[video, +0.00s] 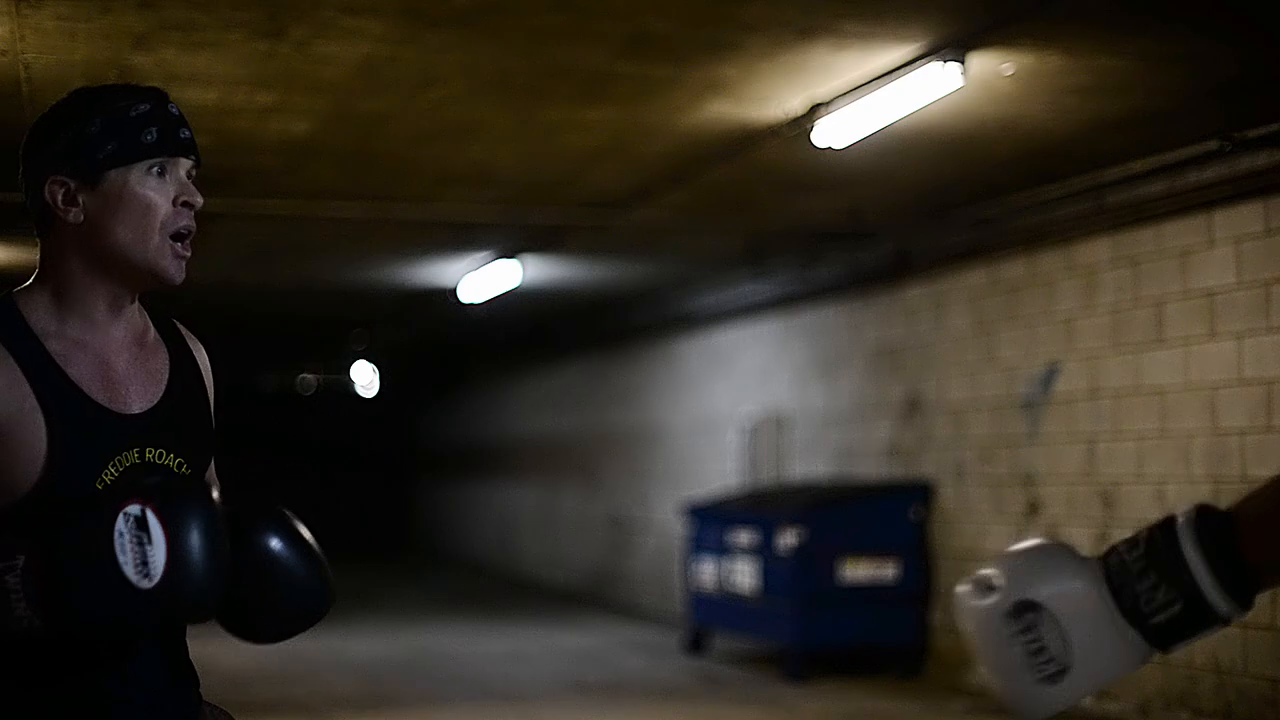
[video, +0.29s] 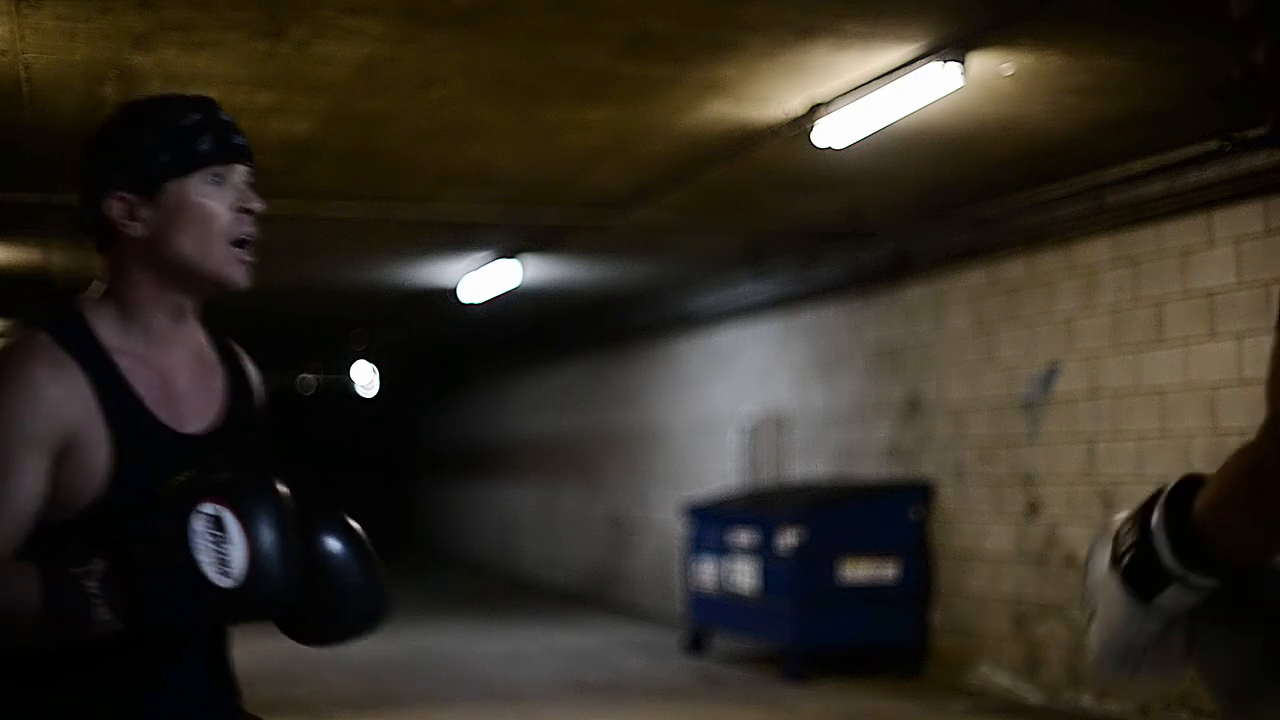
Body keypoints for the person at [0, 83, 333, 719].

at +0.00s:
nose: (192, 199)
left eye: (189, 178)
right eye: (157, 172)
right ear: (69, 200)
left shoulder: (187, 358)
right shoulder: (10, 364)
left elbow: (207, 509)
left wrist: (253, 562)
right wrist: (85, 570)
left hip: (166, 690)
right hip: (40, 698)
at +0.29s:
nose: (254, 206)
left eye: (249, 185)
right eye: (217, 182)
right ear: (129, 212)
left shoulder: (241, 379)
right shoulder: (43, 383)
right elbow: (9, 578)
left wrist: (304, 564)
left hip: (204, 692)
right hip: (69, 700)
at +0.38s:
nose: (297, 210)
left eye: (291, 192)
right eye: (261, 189)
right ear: (174, 222)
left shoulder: (277, 386)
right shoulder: (81, 392)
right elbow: (15, 587)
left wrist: (340, 576)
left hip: (234, 697)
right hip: (99, 706)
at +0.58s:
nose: (409, 225)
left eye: (403, 205)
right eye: (378, 202)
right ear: (288, 227)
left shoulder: (366, 390)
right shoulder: (180, 382)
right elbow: (128, 609)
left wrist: (434, 542)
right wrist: (316, 580)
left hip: (282, 695)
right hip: (147, 703)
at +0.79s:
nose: (428, 235)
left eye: (423, 212)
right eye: (398, 208)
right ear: (306, 228)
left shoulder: (370, 379)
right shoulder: (195, 374)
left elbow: (428, 593)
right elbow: (239, 614)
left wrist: (503, 489)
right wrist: (377, 510)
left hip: (281, 697)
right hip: (143, 699)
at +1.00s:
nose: (364, 233)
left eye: (360, 212)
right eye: (334, 207)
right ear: (243, 231)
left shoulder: (304, 376)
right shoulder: (134, 376)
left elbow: (358, 597)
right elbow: (146, 616)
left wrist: (423, 496)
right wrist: (293, 524)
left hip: (239, 703)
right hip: (98, 714)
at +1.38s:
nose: (297, 216)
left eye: (296, 196)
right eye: (264, 194)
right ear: (178, 222)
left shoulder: (265, 357)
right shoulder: (80, 362)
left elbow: (332, 583)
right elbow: (108, 599)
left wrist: (377, 466)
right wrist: (228, 477)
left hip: (229, 699)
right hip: (95, 713)